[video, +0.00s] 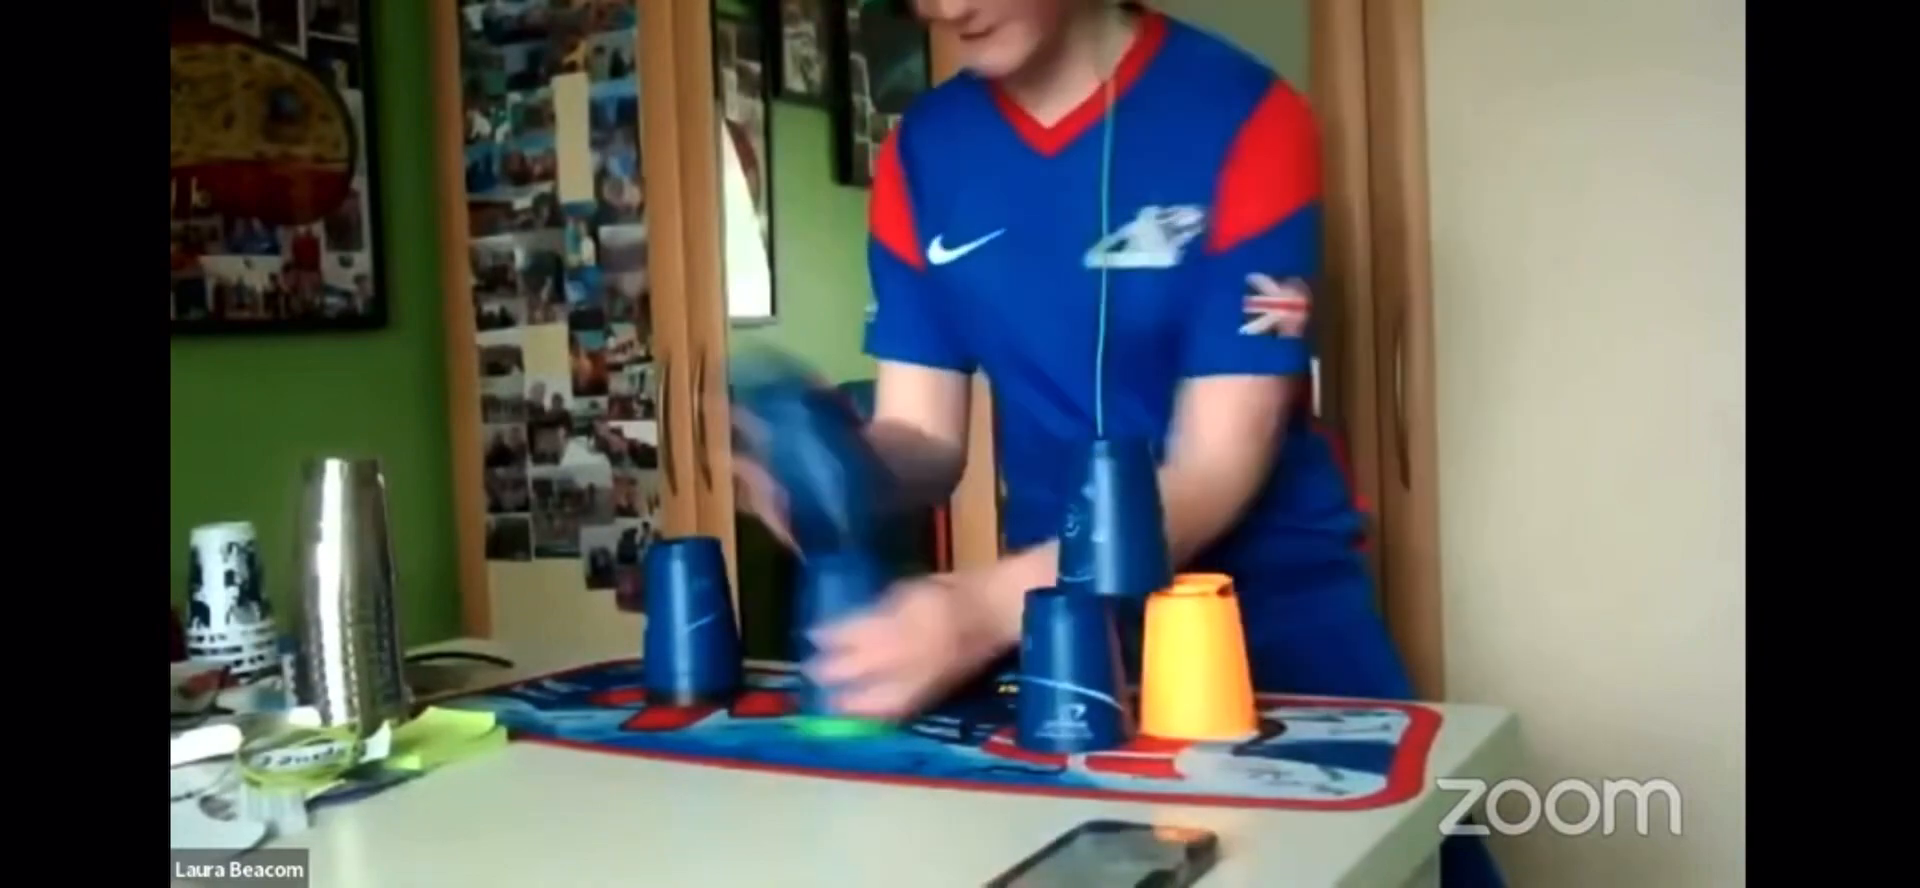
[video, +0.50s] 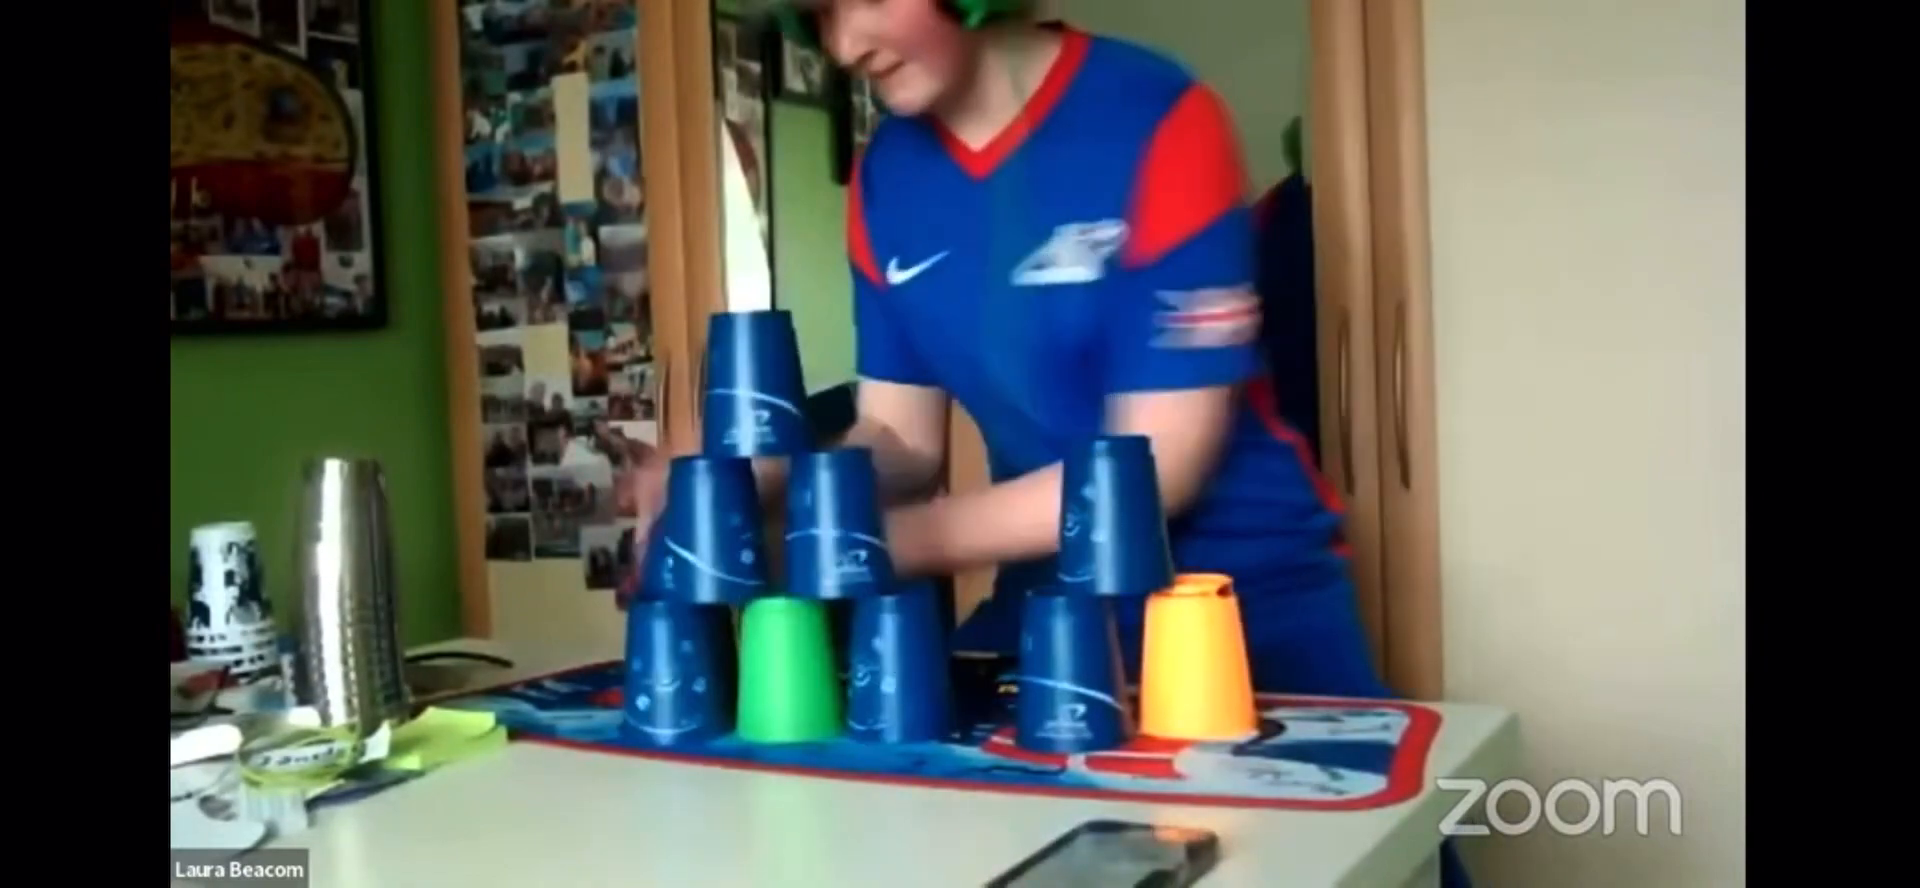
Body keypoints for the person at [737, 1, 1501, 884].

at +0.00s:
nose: (942, 5)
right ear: (911, 4)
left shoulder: (1243, 120)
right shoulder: (924, 150)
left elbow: (1220, 466)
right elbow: (921, 434)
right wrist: (827, 471)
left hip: (1280, 640)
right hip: (1063, 650)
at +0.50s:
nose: (848, 40)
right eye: (824, 17)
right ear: (816, 33)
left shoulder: (1160, 122)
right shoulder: (886, 180)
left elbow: (1161, 464)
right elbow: (902, 448)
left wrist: (855, 544)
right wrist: (733, 485)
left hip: (1251, 607)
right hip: (1061, 618)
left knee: (1331, 867)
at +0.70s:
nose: (836, 51)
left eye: (864, 4)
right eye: (809, 27)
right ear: (798, 46)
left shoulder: (1115, 134)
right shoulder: (878, 175)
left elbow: (1133, 468)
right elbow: (883, 447)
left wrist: (826, 490)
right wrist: (729, 498)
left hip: (1222, 600)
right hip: (1039, 602)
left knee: (1277, 864)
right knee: (1065, 865)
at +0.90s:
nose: (947, 28)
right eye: (911, 10)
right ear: (893, 29)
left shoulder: (1238, 134)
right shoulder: (899, 199)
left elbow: (1305, 436)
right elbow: (909, 471)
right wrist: (978, 471)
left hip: (1284, 643)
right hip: (1057, 675)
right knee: (1078, 871)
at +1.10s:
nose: (960, 2)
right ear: (921, 1)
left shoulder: (1253, 91)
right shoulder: (911, 144)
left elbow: (1269, 431)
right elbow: (910, 471)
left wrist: (991, 448)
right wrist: (749, 577)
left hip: (1302, 663)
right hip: (1058, 669)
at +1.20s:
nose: (957, 1)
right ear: (914, 5)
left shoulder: (1247, 104)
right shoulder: (915, 150)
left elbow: (1250, 452)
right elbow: (900, 465)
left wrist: (1013, 541)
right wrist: (752, 538)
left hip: (1290, 662)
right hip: (1057, 669)